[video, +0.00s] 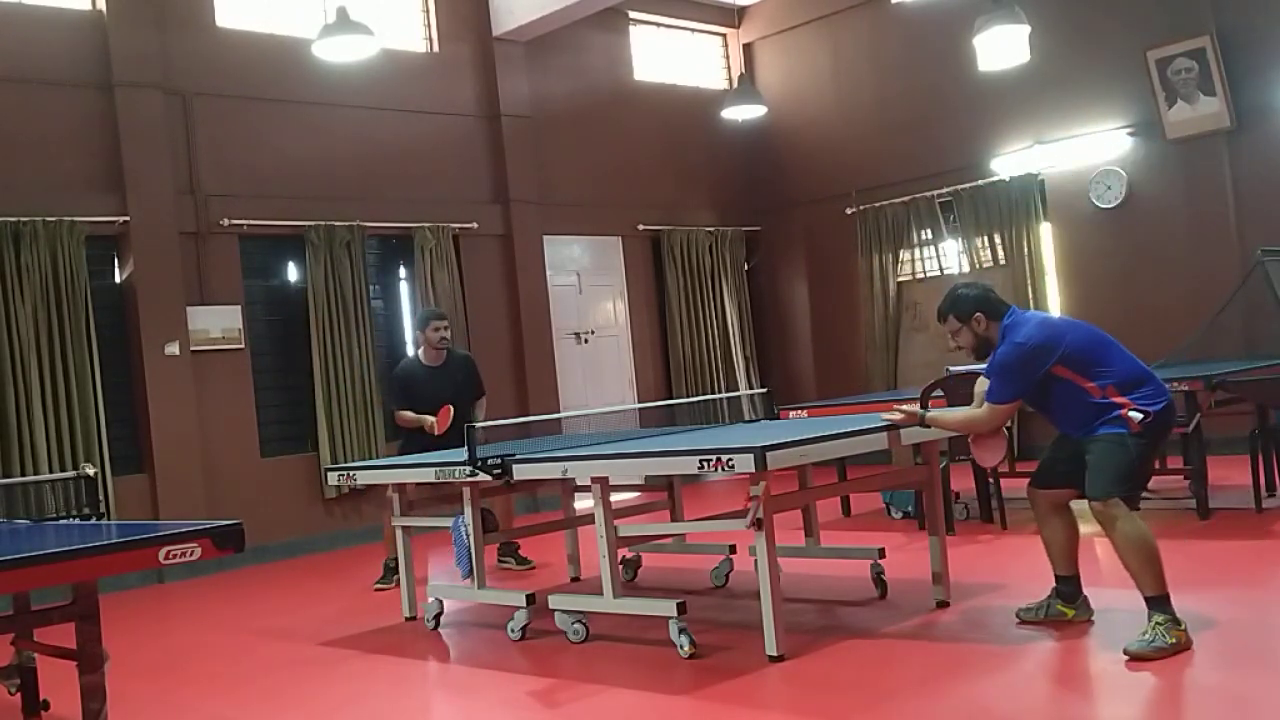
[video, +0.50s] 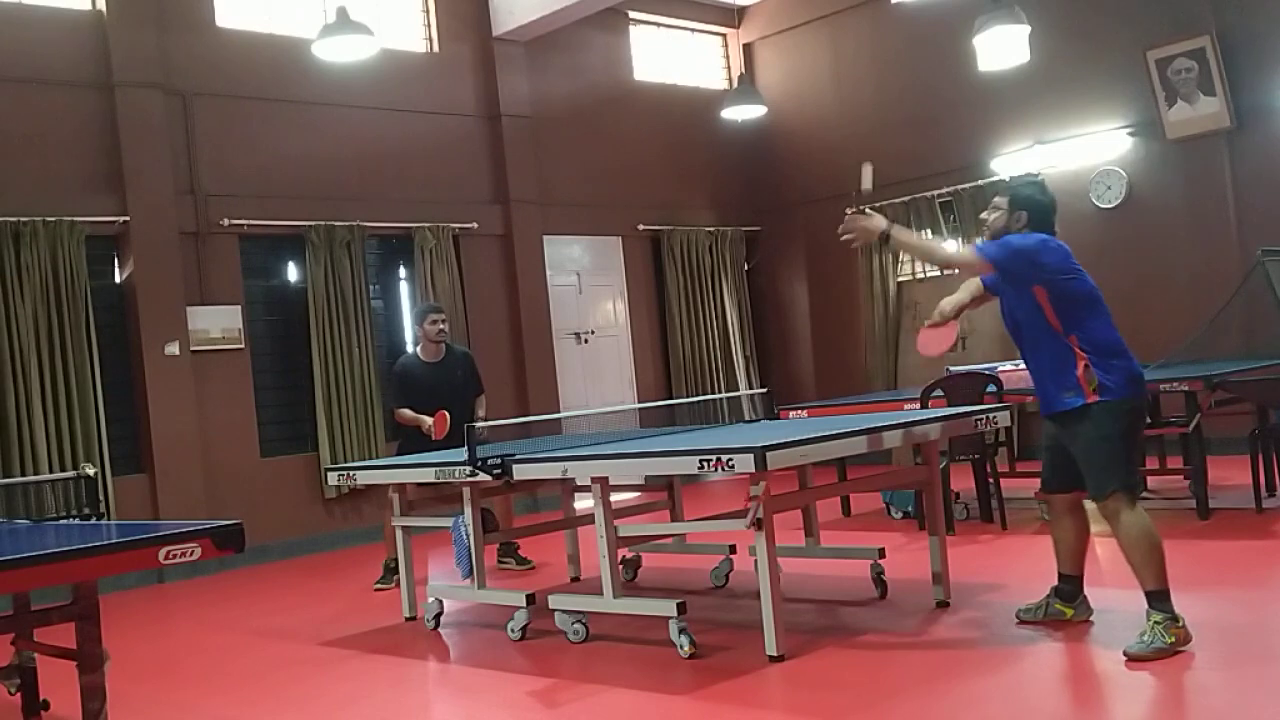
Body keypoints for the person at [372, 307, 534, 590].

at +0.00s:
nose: (444, 334)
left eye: (446, 329)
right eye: (437, 330)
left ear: (451, 331)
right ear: (421, 335)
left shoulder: (464, 362)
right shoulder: (405, 371)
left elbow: (479, 399)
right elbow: (400, 416)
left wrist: (478, 425)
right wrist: (423, 420)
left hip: (462, 448)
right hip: (418, 452)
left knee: (503, 481)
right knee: (394, 493)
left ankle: (508, 548)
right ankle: (392, 563)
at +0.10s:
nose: (444, 334)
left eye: (447, 329)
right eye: (437, 330)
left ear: (451, 332)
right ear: (421, 335)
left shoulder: (464, 364)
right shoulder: (406, 371)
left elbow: (480, 401)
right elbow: (399, 416)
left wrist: (479, 425)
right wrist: (423, 420)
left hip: (462, 452)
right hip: (418, 455)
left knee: (504, 483)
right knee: (393, 493)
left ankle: (508, 549)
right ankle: (393, 563)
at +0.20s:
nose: (444, 331)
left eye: (446, 325)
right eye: (436, 326)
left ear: (450, 329)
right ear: (421, 331)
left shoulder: (464, 361)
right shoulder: (406, 369)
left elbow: (480, 398)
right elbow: (400, 414)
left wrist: (481, 420)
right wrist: (423, 419)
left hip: (463, 451)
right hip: (419, 454)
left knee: (504, 484)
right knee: (395, 495)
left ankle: (508, 548)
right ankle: (393, 563)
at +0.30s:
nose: (443, 327)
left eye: (445, 322)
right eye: (436, 323)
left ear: (450, 325)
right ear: (421, 328)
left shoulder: (464, 357)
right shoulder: (405, 365)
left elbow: (479, 395)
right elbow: (400, 410)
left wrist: (480, 415)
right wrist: (422, 417)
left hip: (463, 448)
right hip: (419, 450)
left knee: (502, 483)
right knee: (397, 498)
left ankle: (508, 548)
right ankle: (392, 562)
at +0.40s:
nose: (442, 327)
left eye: (445, 322)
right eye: (435, 323)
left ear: (449, 325)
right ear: (420, 328)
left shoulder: (463, 357)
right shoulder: (405, 365)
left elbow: (479, 394)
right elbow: (400, 411)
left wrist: (480, 415)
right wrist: (423, 419)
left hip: (463, 448)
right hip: (418, 450)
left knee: (501, 482)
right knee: (396, 496)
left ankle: (507, 548)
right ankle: (393, 562)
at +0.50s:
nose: (441, 327)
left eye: (444, 322)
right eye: (434, 323)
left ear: (448, 326)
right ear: (420, 329)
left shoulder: (462, 358)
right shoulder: (405, 366)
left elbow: (478, 396)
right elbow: (399, 412)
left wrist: (480, 419)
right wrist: (421, 420)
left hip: (462, 449)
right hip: (418, 451)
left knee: (502, 482)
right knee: (395, 495)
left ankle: (507, 548)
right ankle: (393, 562)